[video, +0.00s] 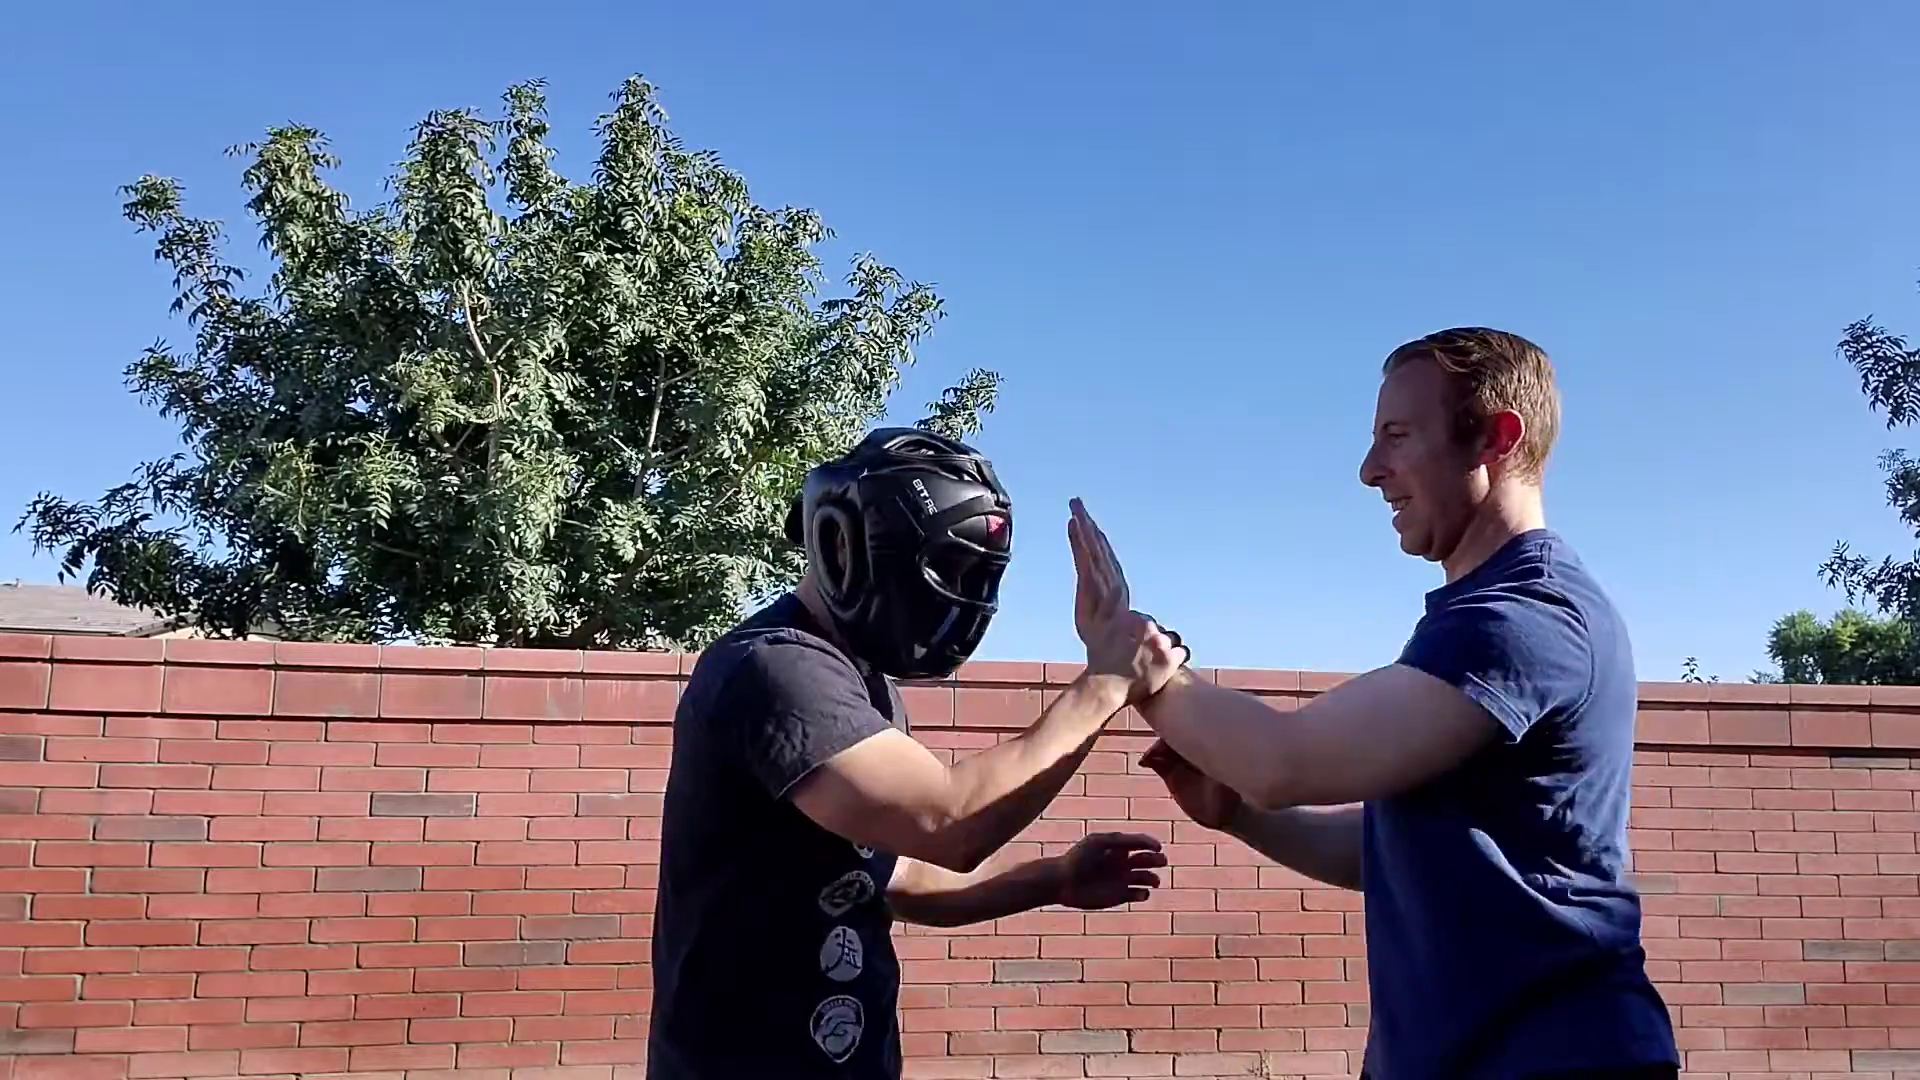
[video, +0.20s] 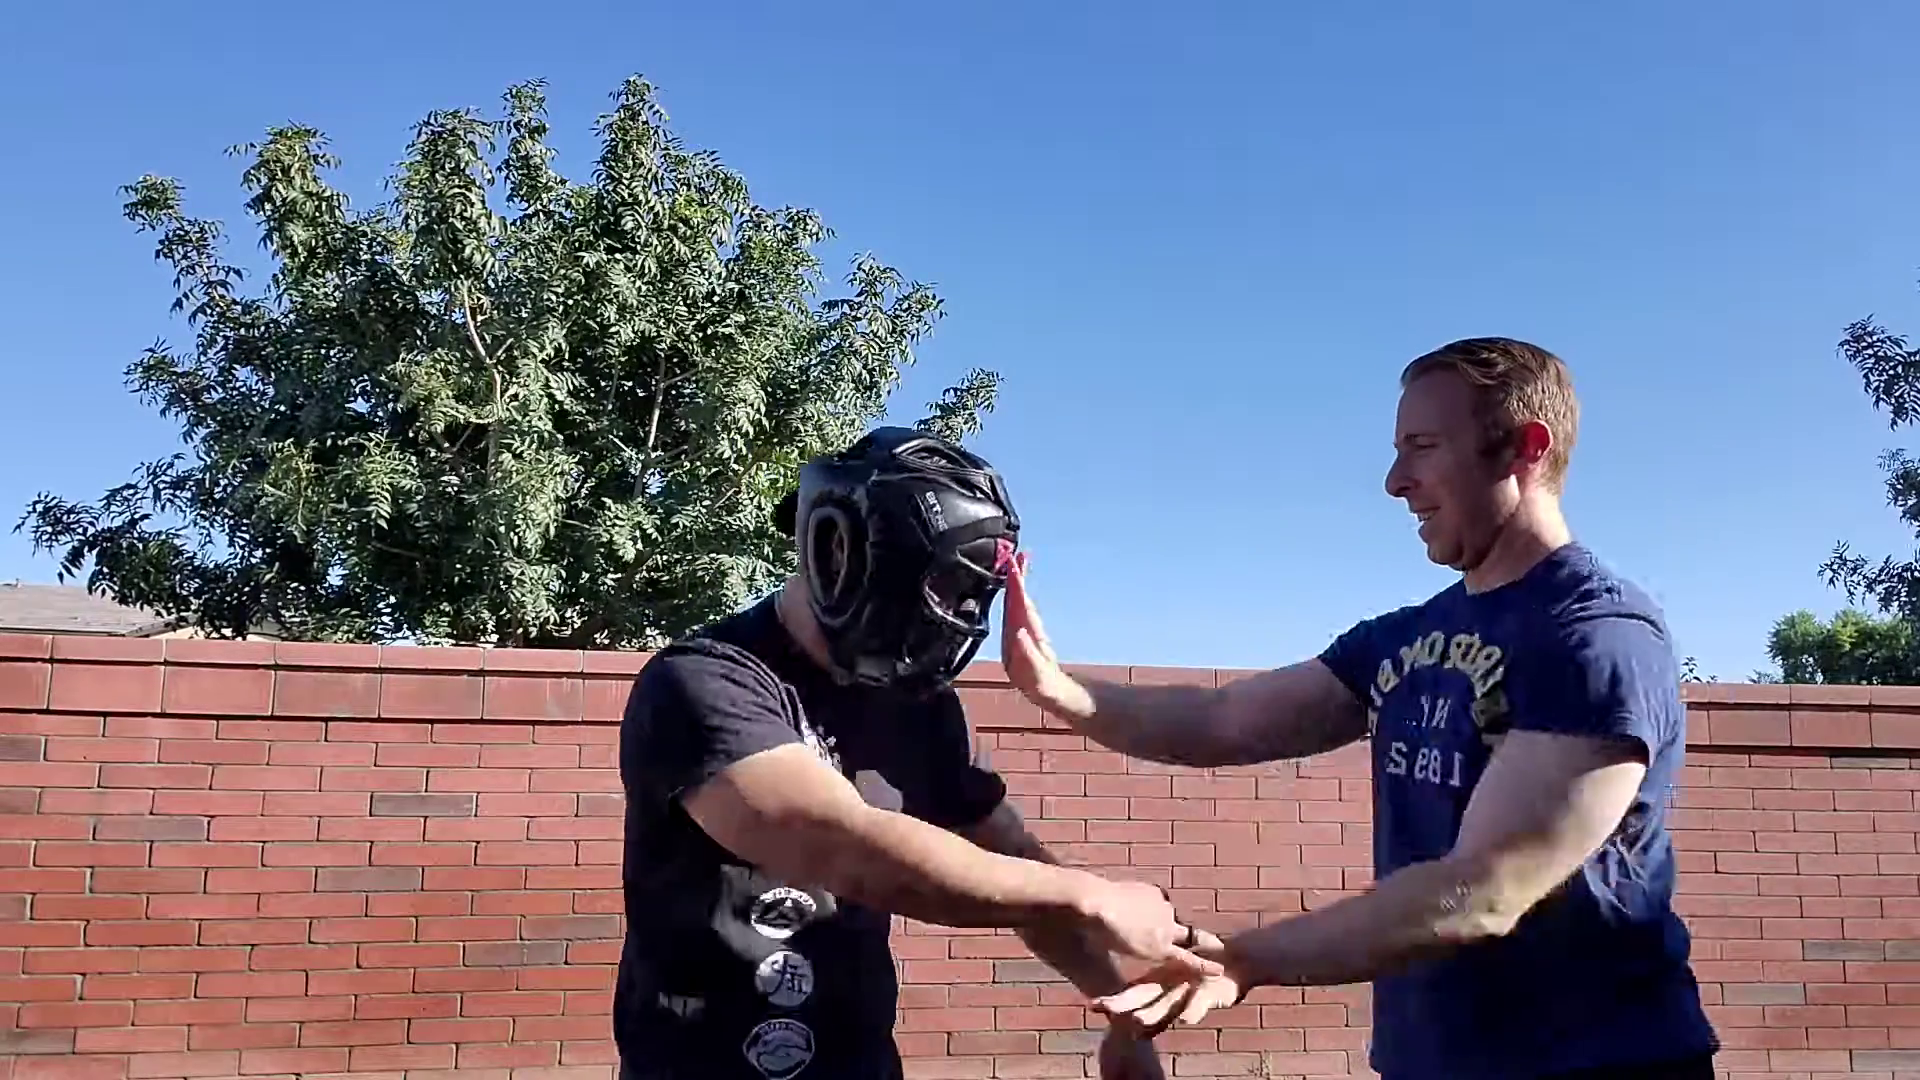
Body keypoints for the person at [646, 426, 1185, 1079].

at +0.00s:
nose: (968, 594)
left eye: (979, 571)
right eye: (948, 567)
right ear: (856, 554)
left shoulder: (860, 678)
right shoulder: (776, 671)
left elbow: (890, 884)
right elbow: (949, 823)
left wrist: (1053, 879)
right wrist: (1106, 684)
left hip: (853, 1056)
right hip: (746, 1061)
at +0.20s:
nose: (958, 619)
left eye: (971, 596)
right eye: (945, 587)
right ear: (843, 553)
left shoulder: (913, 702)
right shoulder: (697, 687)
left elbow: (1008, 862)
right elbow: (840, 850)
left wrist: (1117, 998)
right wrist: (1080, 894)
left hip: (858, 1059)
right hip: (702, 1060)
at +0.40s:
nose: (929, 617)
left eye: (949, 592)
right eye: (908, 585)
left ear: (967, 592)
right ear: (819, 563)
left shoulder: (955, 725)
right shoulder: (665, 693)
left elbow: (1131, 832)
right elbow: (705, 895)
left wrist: (1306, 946)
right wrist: (932, 852)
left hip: (865, 1073)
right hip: (687, 1071)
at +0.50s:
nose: (955, 633)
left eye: (973, 608)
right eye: (934, 598)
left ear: (987, 607)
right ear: (842, 577)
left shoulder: (952, 736)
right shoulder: (680, 696)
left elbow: (1130, 864)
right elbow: (688, 909)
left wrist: (1302, 991)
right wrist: (891, 841)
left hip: (859, 1069)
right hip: (689, 1066)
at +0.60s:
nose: (964, 622)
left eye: (978, 598)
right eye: (946, 591)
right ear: (857, 574)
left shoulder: (946, 725)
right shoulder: (693, 687)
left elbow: (1105, 866)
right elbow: (764, 862)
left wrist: (1277, 991)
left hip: (868, 1073)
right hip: (702, 1068)